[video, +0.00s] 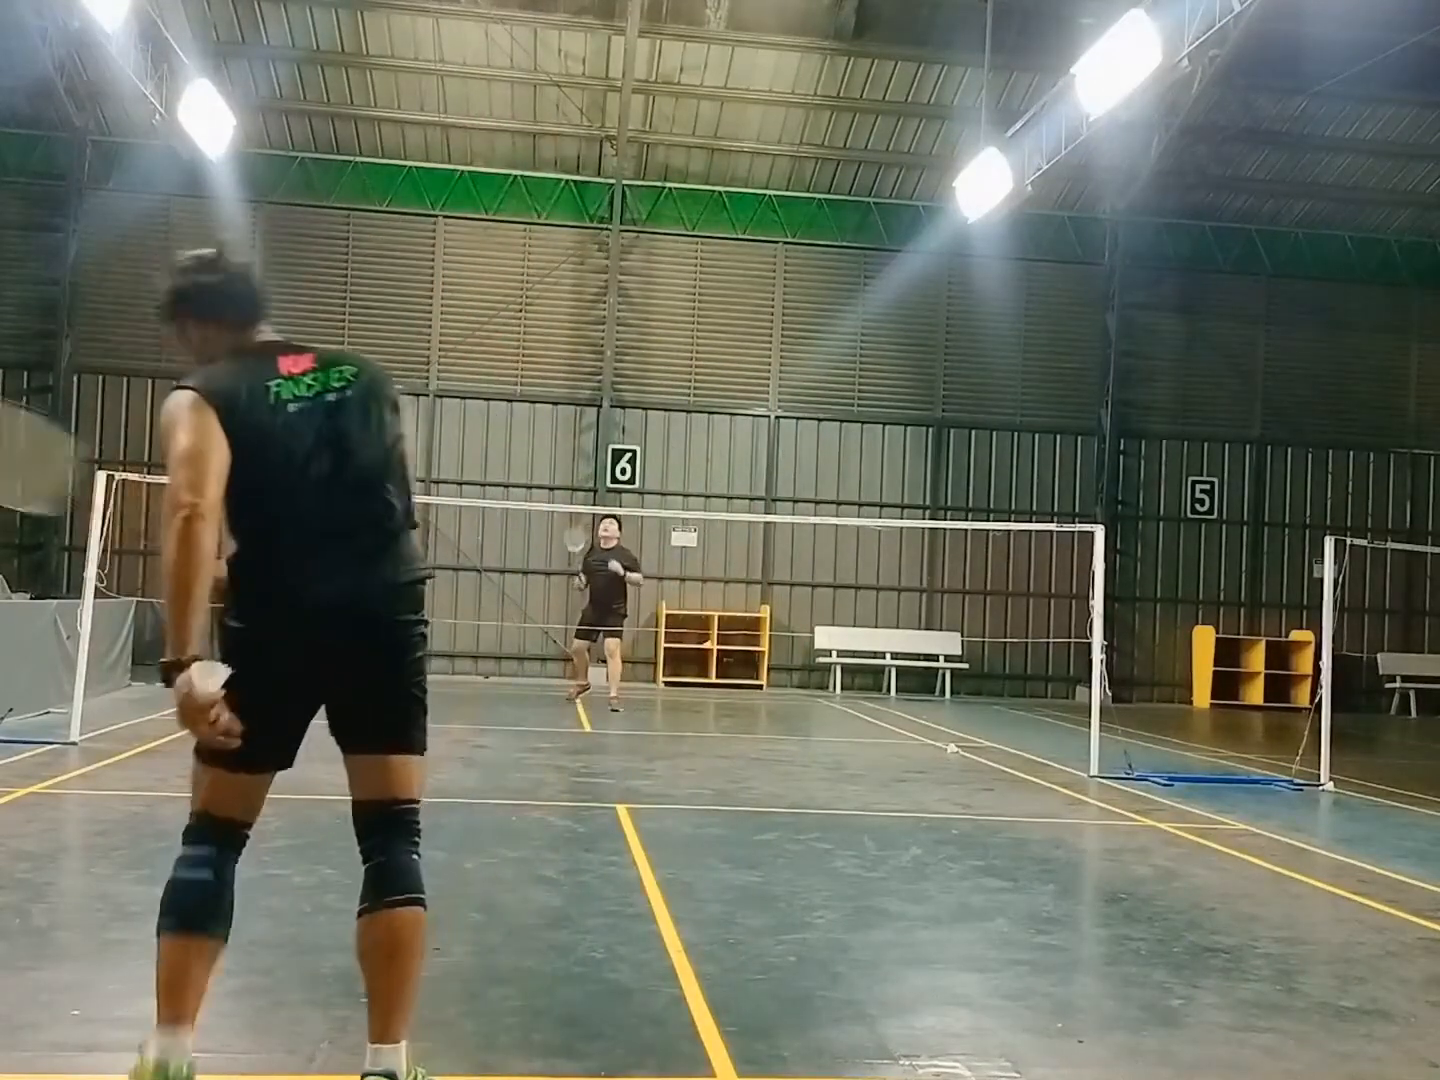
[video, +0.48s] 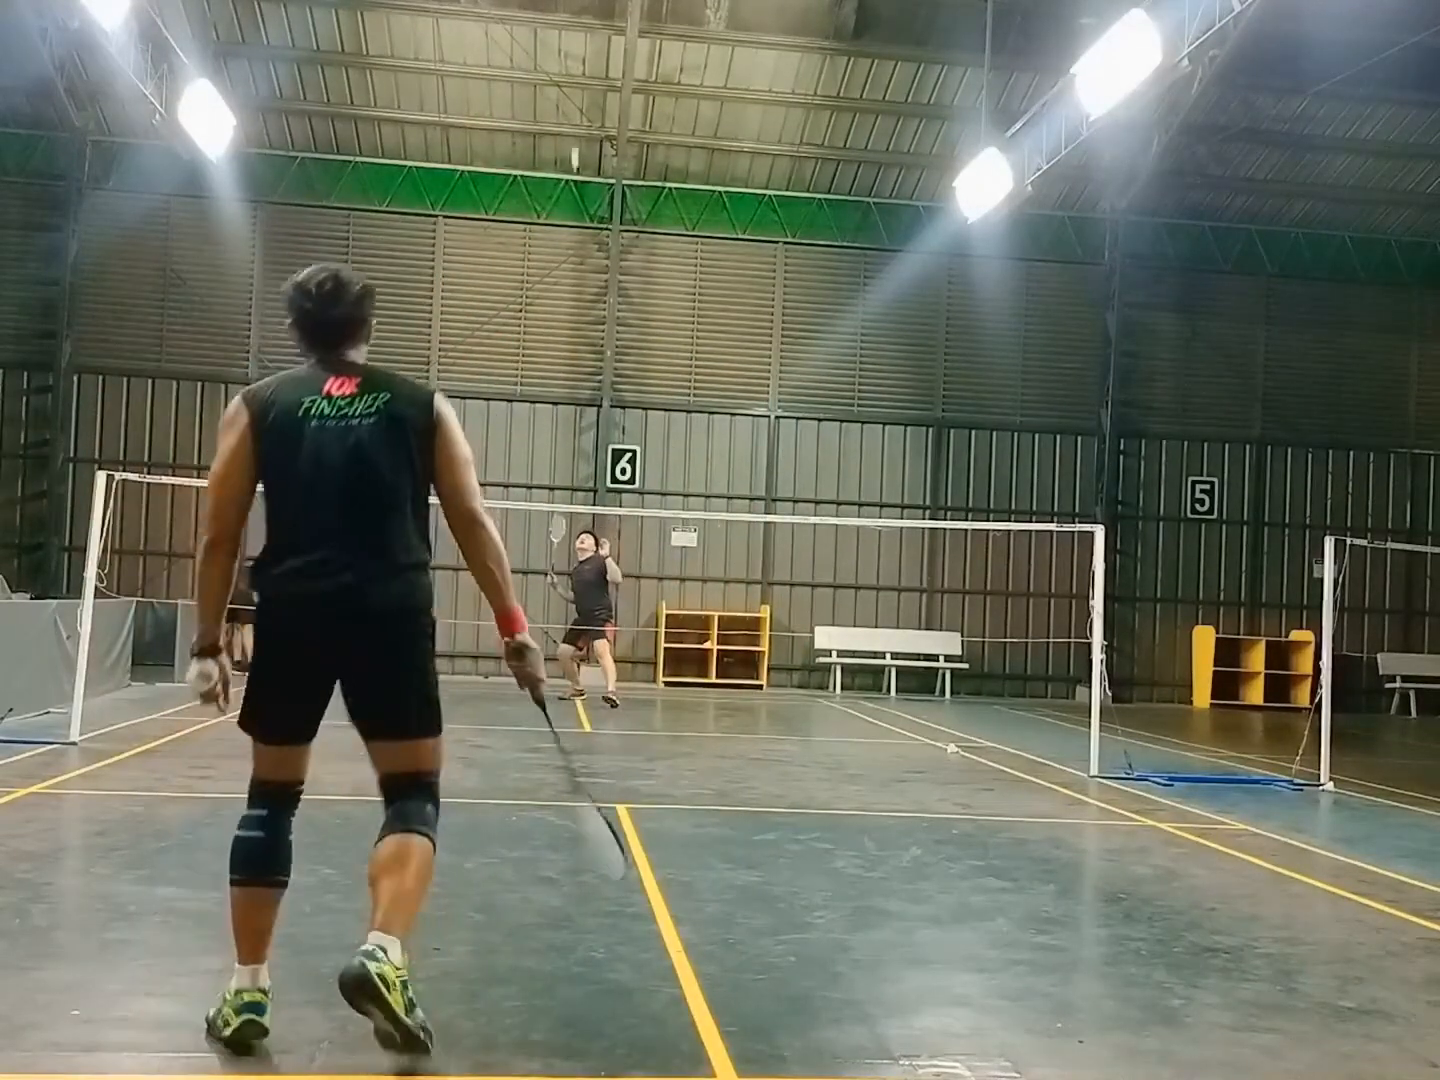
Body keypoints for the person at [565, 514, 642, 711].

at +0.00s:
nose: (605, 526)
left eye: (610, 524)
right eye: (603, 524)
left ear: (619, 532)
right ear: (598, 530)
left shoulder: (625, 555)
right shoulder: (591, 555)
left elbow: (639, 580)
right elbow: (583, 579)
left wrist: (623, 572)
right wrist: (579, 582)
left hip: (615, 609)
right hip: (593, 608)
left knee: (612, 649)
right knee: (578, 647)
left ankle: (614, 695)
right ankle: (581, 683)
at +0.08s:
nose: (604, 529)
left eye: (609, 527)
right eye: (601, 527)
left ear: (617, 535)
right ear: (596, 533)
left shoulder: (622, 556)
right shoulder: (590, 557)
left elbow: (638, 580)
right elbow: (582, 584)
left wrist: (622, 570)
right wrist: (577, 581)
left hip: (613, 610)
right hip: (593, 609)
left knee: (611, 649)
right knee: (577, 648)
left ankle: (613, 695)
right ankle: (581, 681)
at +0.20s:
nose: (597, 535)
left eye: (602, 533)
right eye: (594, 533)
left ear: (609, 540)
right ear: (590, 539)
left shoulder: (615, 560)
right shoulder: (585, 564)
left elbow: (631, 584)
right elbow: (579, 591)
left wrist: (618, 564)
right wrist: (570, 580)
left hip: (609, 614)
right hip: (590, 613)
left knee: (606, 650)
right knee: (577, 652)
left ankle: (612, 695)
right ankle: (578, 684)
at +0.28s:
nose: (593, 536)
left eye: (597, 534)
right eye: (590, 534)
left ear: (605, 542)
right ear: (585, 540)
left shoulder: (610, 562)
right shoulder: (582, 564)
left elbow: (627, 583)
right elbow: (576, 593)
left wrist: (615, 562)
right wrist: (567, 580)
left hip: (605, 615)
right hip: (586, 615)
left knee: (605, 651)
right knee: (574, 653)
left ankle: (612, 693)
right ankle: (578, 687)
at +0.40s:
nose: (585, 540)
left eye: (589, 538)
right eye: (582, 538)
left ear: (597, 545)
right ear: (577, 545)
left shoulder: (603, 563)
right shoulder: (576, 569)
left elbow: (619, 582)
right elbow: (573, 597)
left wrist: (610, 560)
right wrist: (557, 584)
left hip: (602, 616)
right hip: (583, 618)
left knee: (603, 650)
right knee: (565, 652)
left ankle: (611, 691)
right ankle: (577, 688)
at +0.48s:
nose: (582, 542)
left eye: (587, 539)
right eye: (580, 539)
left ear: (594, 546)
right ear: (575, 545)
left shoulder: (601, 561)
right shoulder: (575, 570)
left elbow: (617, 579)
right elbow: (573, 598)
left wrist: (607, 557)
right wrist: (556, 585)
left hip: (601, 615)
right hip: (582, 617)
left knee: (602, 650)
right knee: (563, 653)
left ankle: (611, 692)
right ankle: (576, 689)